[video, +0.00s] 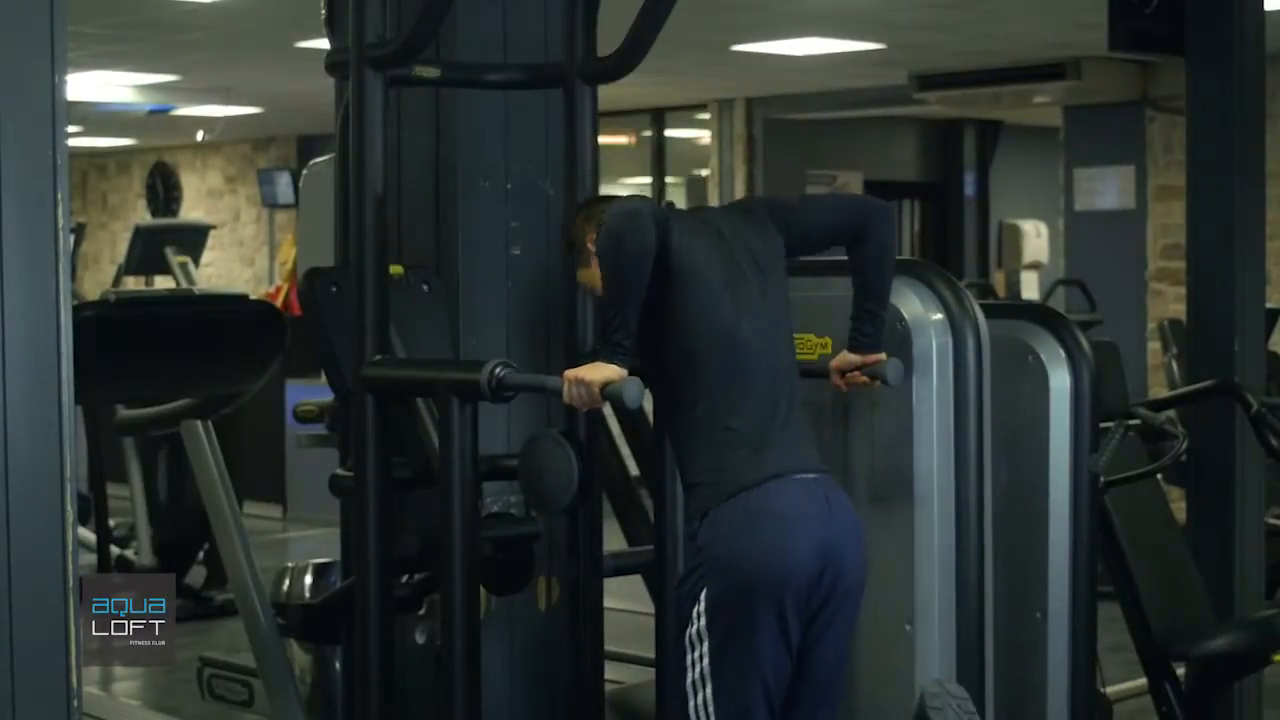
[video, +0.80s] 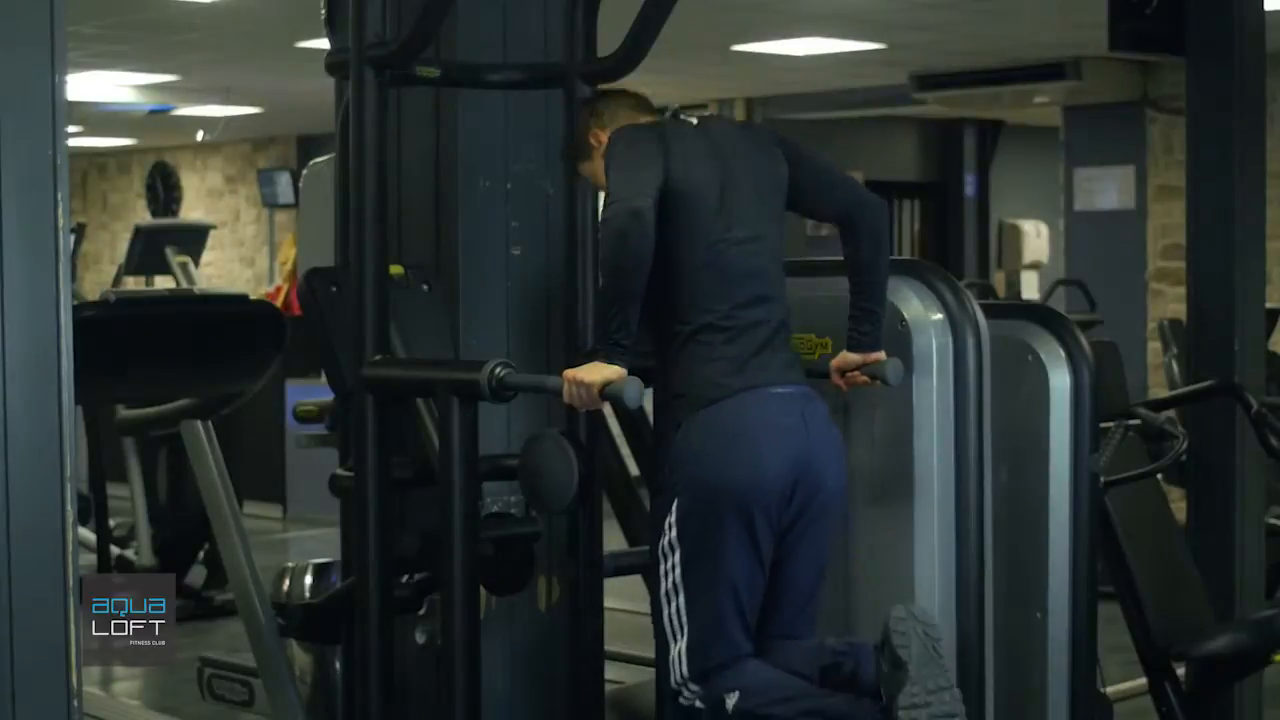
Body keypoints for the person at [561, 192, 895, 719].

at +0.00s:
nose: (598, 293)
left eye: (590, 278)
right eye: (592, 285)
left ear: (597, 243)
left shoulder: (635, 227)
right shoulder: (751, 220)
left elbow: (633, 216)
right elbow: (873, 214)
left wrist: (614, 353)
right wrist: (866, 341)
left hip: (744, 521)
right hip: (826, 504)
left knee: (726, 705)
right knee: (814, 707)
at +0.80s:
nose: (603, 188)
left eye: (592, 172)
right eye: (594, 178)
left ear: (601, 138)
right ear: (657, 114)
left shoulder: (634, 143)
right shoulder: (757, 143)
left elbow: (630, 217)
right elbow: (865, 210)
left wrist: (611, 350)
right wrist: (864, 340)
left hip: (720, 433)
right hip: (805, 420)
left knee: (702, 678)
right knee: (777, 653)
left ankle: (875, 705)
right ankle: (878, 663)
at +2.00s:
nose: (594, 292)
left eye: (589, 274)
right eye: (589, 280)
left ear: (600, 249)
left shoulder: (640, 232)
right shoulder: (752, 228)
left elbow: (630, 214)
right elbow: (870, 215)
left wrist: (611, 352)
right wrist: (868, 341)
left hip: (723, 527)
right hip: (808, 508)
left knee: (719, 707)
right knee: (809, 708)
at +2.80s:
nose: (606, 188)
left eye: (597, 173)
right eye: (598, 180)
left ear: (608, 140)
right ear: (662, 117)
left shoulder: (636, 146)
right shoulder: (763, 145)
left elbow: (626, 220)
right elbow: (871, 212)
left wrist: (611, 350)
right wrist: (868, 340)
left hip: (722, 439)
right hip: (809, 424)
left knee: (709, 685)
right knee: (783, 654)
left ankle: (863, 707)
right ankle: (879, 678)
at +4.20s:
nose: (601, 299)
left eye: (594, 287)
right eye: (593, 293)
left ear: (601, 252)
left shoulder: (638, 224)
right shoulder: (752, 221)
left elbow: (626, 209)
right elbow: (870, 210)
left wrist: (611, 347)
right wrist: (869, 337)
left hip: (720, 527)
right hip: (805, 506)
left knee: (716, 706)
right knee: (805, 707)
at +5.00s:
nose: (598, 201)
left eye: (592, 187)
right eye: (591, 192)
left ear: (606, 154)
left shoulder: (639, 149)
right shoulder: (762, 152)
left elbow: (625, 212)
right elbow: (873, 206)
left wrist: (610, 346)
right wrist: (868, 335)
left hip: (720, 447)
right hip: (805, 431)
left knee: (714, 694)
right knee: (786, 664)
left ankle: (887, 703)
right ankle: (888, 683)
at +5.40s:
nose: (613, 104)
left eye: (606, 89)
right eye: (605, 96)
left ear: (619, 50)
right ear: (674, 29)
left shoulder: (646, 69)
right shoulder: (781, 77)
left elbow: (635, 194)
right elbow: (853, 193)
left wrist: (615, 333)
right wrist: (867, 321)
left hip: (718, 360)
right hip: (807, 353)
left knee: (698, 613)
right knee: (774, 585)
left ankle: (888, 646)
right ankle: (869, 577)